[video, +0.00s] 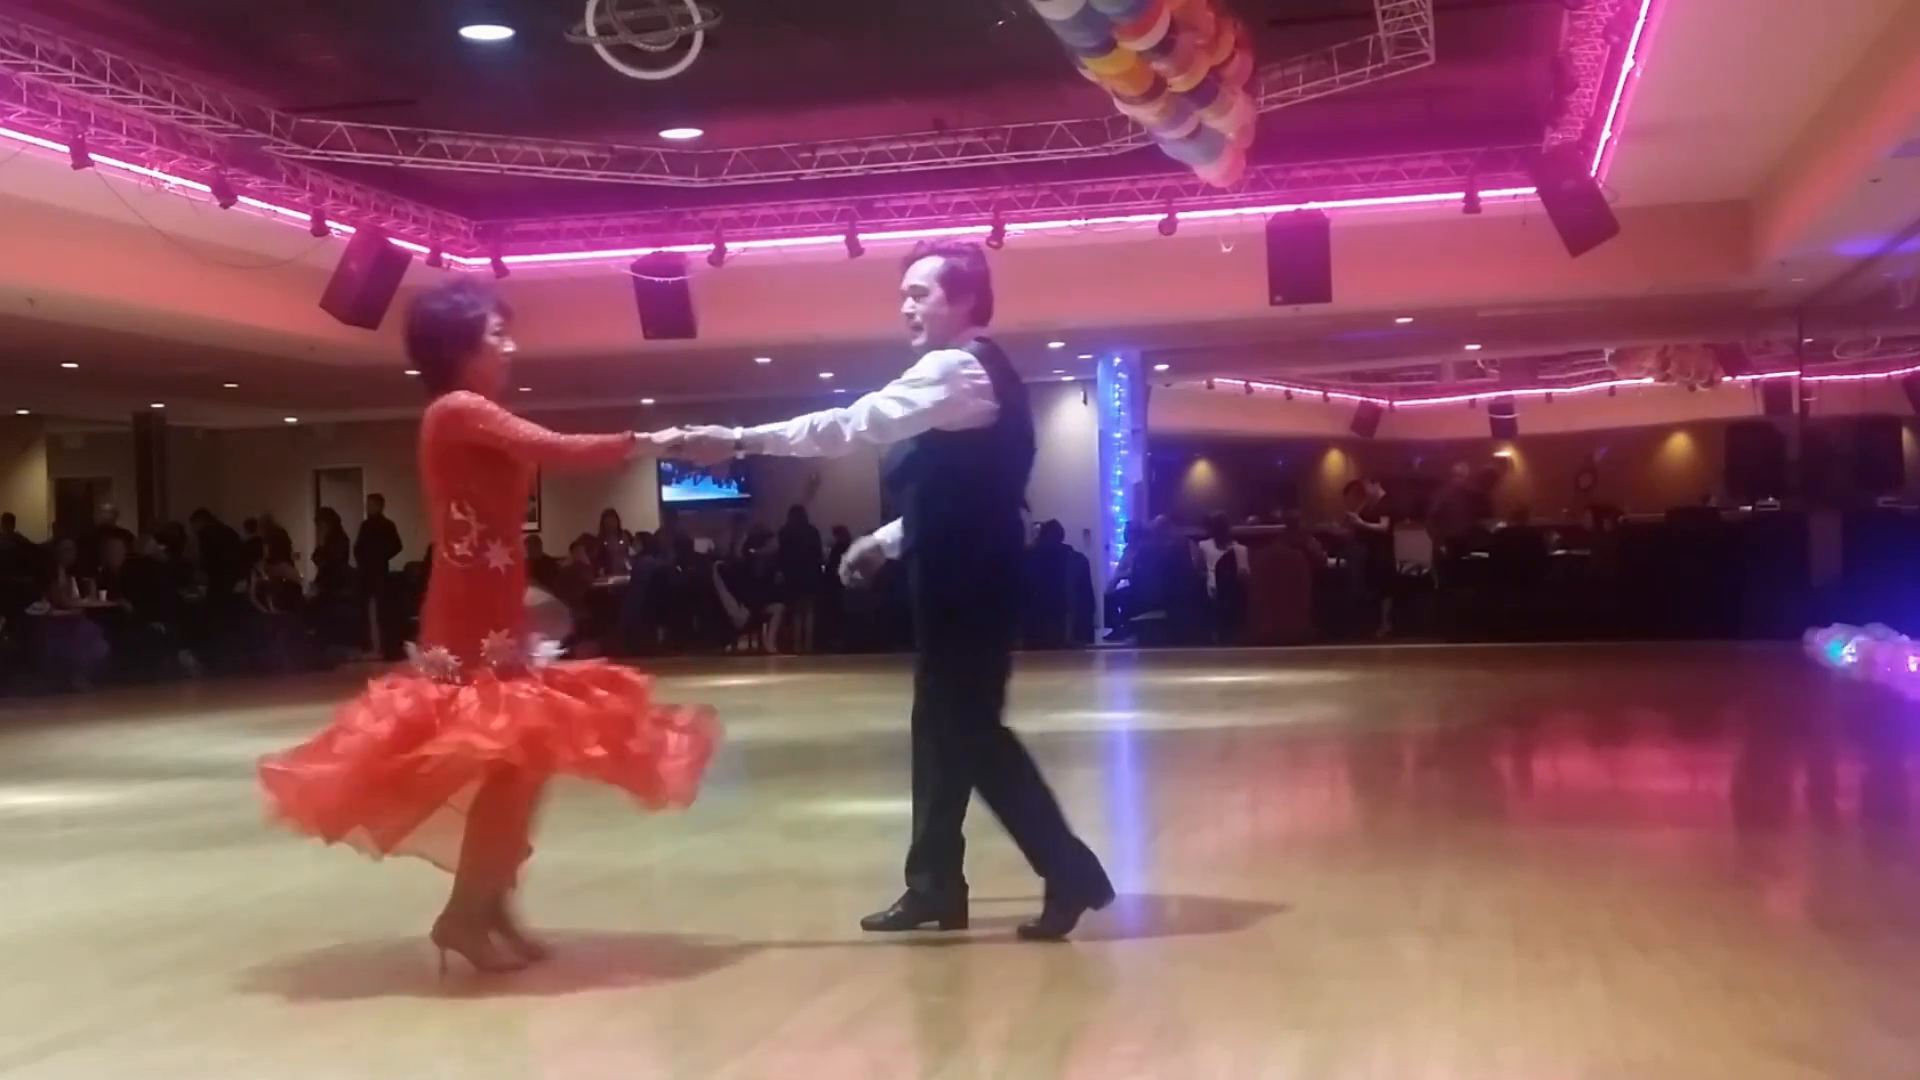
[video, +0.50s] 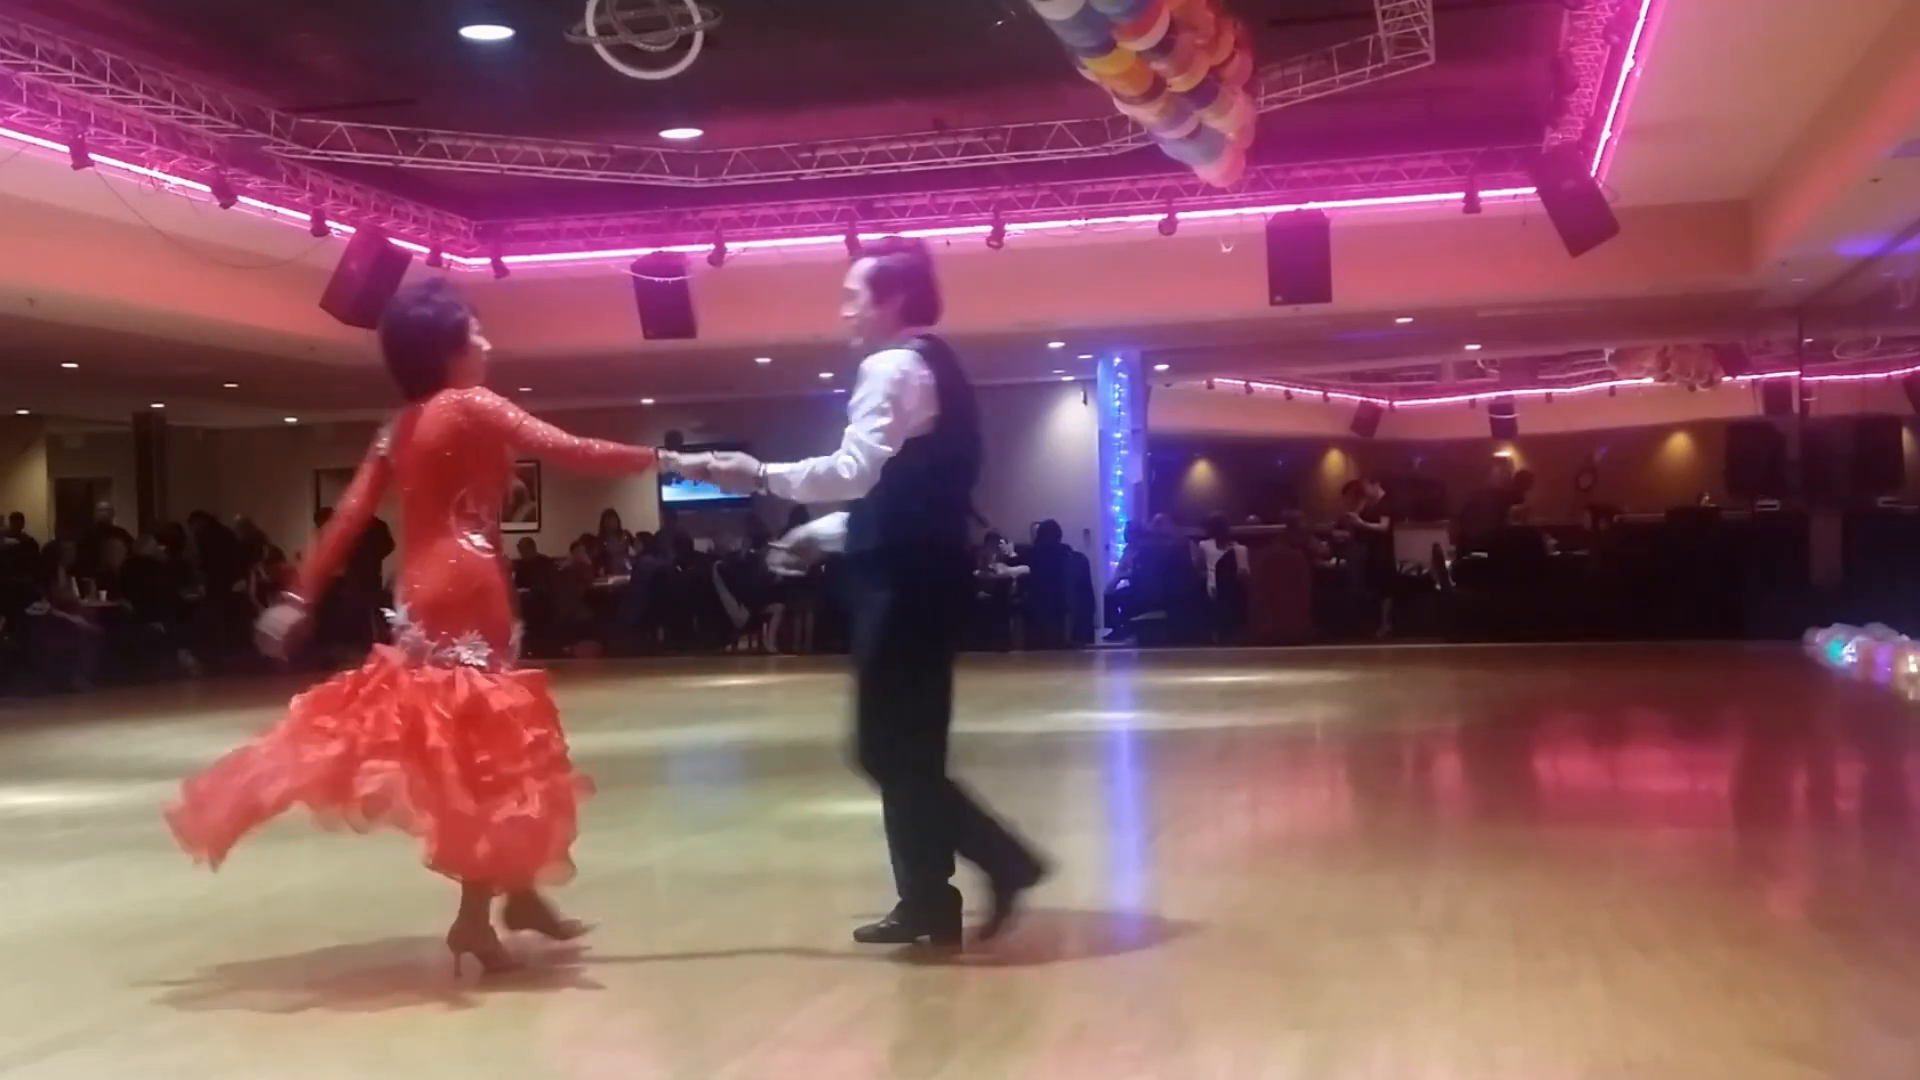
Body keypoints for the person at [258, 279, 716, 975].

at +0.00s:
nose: (510, 345)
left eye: (506, 332)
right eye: (498, 333)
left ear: (463, 344)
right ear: (461, 344)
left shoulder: (473, 413)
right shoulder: (458, 412)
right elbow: (557, 449)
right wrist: (655, 443)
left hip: (490, 607)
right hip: (474, 612)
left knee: (525, 754)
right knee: (511, 758)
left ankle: (492, 898)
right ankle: (464, 913)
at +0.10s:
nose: (486, 343)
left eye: (481, 330)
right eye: (475, 331)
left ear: (416, 348)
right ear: (447, 343)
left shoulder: (415, 420)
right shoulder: (457, 407)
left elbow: (389, 520)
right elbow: (564, 437)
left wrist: (412, 591)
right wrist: (665, 433)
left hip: (430, 608)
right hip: (460, 607)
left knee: (476, 760)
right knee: (490, 762)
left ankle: (445, 903)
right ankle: (460, 916)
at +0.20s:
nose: (469, 344)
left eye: (464, 332)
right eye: (460, 334)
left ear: (395, 355)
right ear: (437, 349)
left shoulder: (384, 426)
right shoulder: (464, 407)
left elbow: (337, 518)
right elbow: (568, 429)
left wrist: (314, 602)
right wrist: (671, 428)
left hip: (395, 588)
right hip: (449, 585)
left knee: (427, 750)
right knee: (475, 750)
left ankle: (432, 905)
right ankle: (471, 919)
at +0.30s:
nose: (462, 349)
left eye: (458, 337)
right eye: (455, 339)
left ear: (385, 357)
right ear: (435, 351)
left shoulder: (370, 426)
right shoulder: (461, 411)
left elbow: (307, 511)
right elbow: (565, 432)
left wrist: (248, 587)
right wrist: (667, 433)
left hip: (388, 584)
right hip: (446, 580)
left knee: (430, 747)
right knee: (476, 746)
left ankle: (441, 900)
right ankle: (472, 917)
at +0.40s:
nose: (467, 343)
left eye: (460, 330)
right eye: (456, 334)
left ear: (392, 356)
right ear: (437, 349)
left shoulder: (375, 428)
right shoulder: (462, 407)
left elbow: (314, 510)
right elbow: (571, 441)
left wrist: (250, 580)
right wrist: (678, 447)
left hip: (395, 582)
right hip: (452, 578)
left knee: (458, 749)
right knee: (493, 747)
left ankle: (475, 912)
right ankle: (471, 914)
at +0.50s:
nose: (485, 341)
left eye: (478, 328)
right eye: (474, 332)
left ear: (411, 355)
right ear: (450, 346)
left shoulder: (397, 429)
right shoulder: (472, 404)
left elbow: (349, 516)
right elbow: (566, 449)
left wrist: (299, 595)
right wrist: (666, 458)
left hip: (420, 581)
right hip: (469, 577)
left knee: (490, 744)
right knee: (483, 751)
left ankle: (522, 888)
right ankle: (472, 919)